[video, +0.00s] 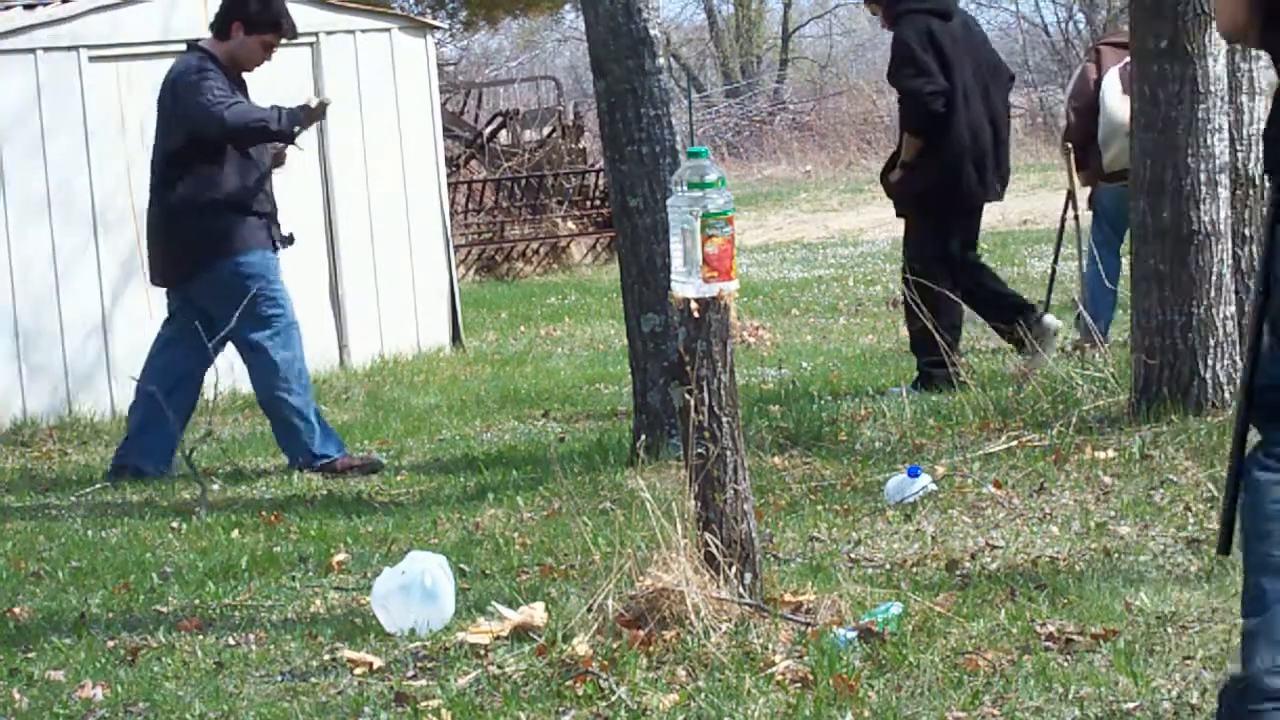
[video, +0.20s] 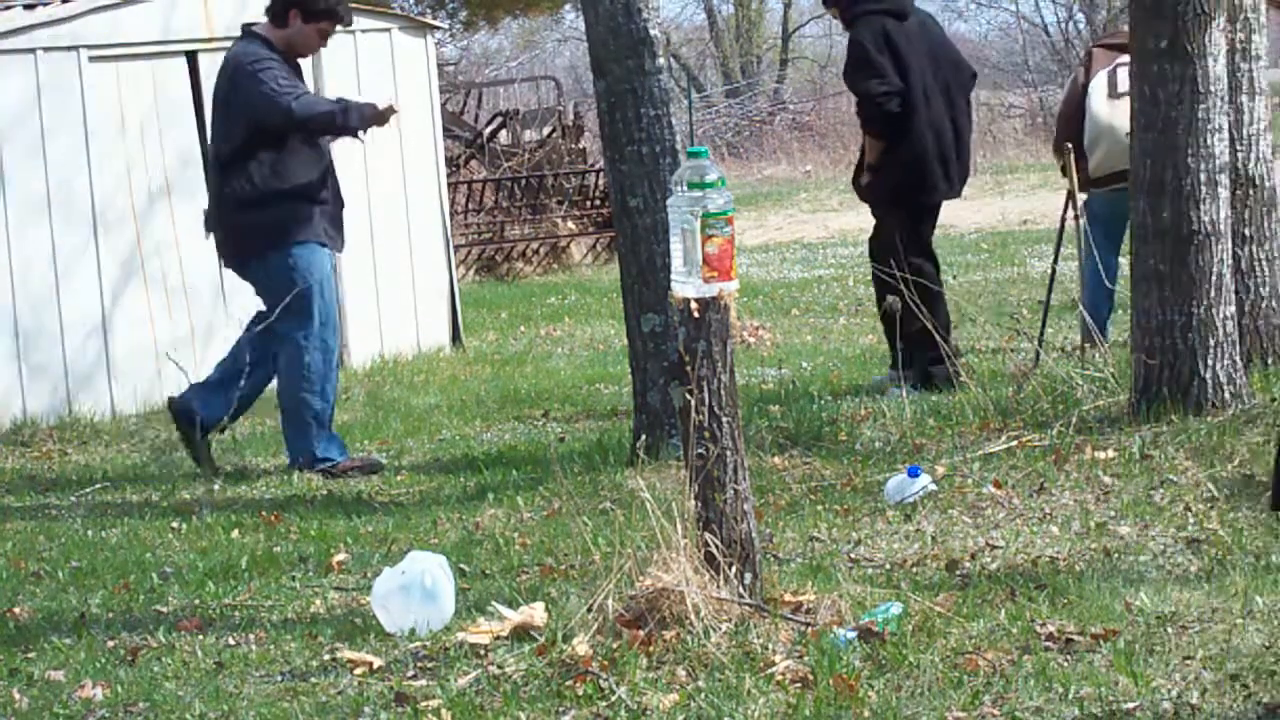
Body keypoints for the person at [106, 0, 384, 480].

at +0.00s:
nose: (268, 57)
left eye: (273, 49)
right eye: (266, 45)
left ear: (237, 31)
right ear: (236, 29)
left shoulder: (212, 77)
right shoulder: (198, 73)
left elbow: (213, 162)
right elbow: (225, 120)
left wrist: (263, 155)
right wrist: (292, 118)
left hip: (209, 240)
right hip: (225, 235)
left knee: (181, 354)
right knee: (276, 335)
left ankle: (137, 464)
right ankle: (316, 454)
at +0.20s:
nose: (323, 45)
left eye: (328, 36)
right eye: (322, 33)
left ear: (294, 18)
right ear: (295, 17)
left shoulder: (270, 61)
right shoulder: (254, 60)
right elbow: (293, 109)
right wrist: (361, 113)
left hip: (286, 224)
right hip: (280, 226)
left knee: (282, 327)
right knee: (311, 336)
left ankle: (199, 410)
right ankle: (316, 455)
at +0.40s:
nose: (374, 35)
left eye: (378, 26)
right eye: (372, 24)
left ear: (344, 11)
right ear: (344, 8)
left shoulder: (325, 54)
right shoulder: (301, 50)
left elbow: (348, 120)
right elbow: (349, 100)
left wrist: (407, 112)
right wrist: (421, 103)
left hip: (354, 217)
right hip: (315, 219)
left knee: (374, 319)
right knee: (324, 329)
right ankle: (316, 453)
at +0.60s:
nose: (426, 39)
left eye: (431, 31)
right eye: (425, 28)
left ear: (395, 14)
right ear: (397, 12)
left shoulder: (374, 58)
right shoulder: (356, 56)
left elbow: (407, 112)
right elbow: (405, 99)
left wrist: (468, 109)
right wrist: (474, 106)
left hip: (401, 224)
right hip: (367, 226)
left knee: (432, 332)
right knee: (350, 338)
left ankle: (481, 425)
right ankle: (318, 454)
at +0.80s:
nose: (483, 35)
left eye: (488, 27)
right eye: (481, 23)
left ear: (452, 11)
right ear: (453, 8)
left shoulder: (440, 58)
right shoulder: (419, 55)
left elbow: (476, 103)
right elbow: (471, 94)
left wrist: (529, 98)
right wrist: (534, 96)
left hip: (477, 220)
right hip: (440, 221)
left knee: (485, 338)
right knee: (435, 322)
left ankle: (494, 438)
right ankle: (346, 423)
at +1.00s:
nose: (535, 17)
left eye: (538, 10)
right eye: (531, 6)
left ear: (492, 4)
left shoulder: (471, 40)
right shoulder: (473, 40)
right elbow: (516, 76)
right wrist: (587, 79)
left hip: (481, 200)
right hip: (499, 196)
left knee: (495, 308)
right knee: (548, 290)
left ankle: (493, 427)